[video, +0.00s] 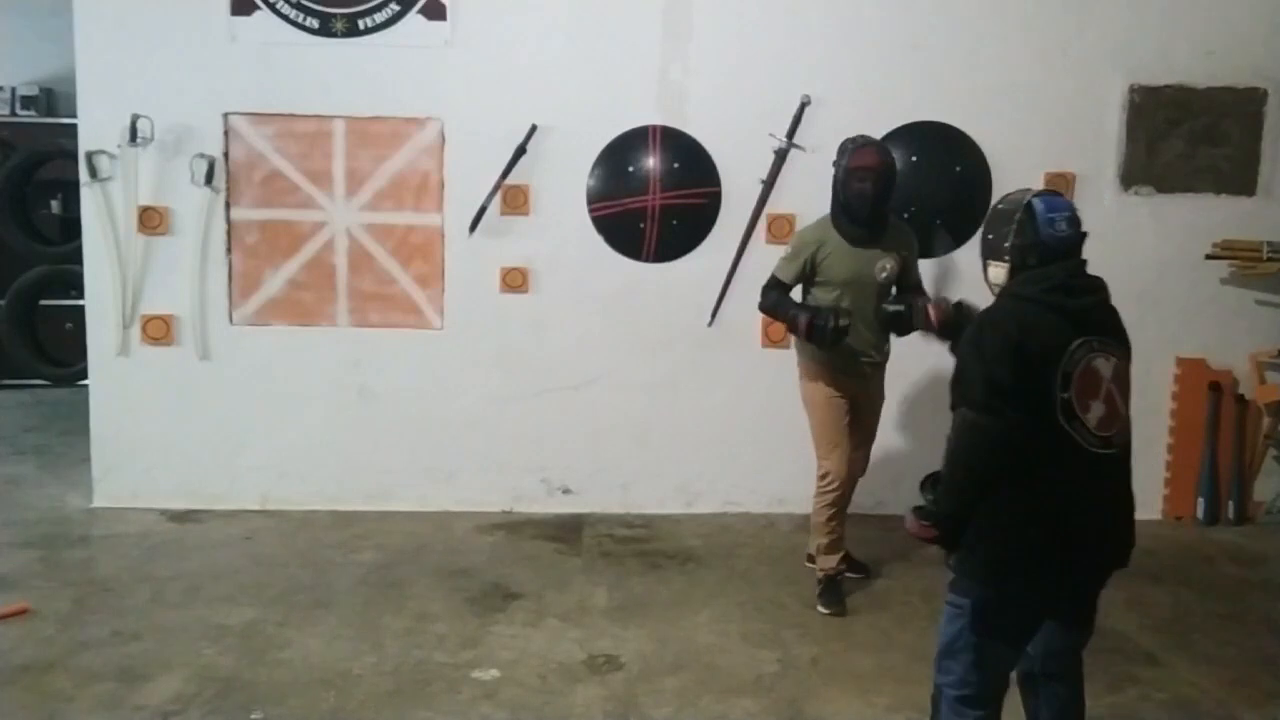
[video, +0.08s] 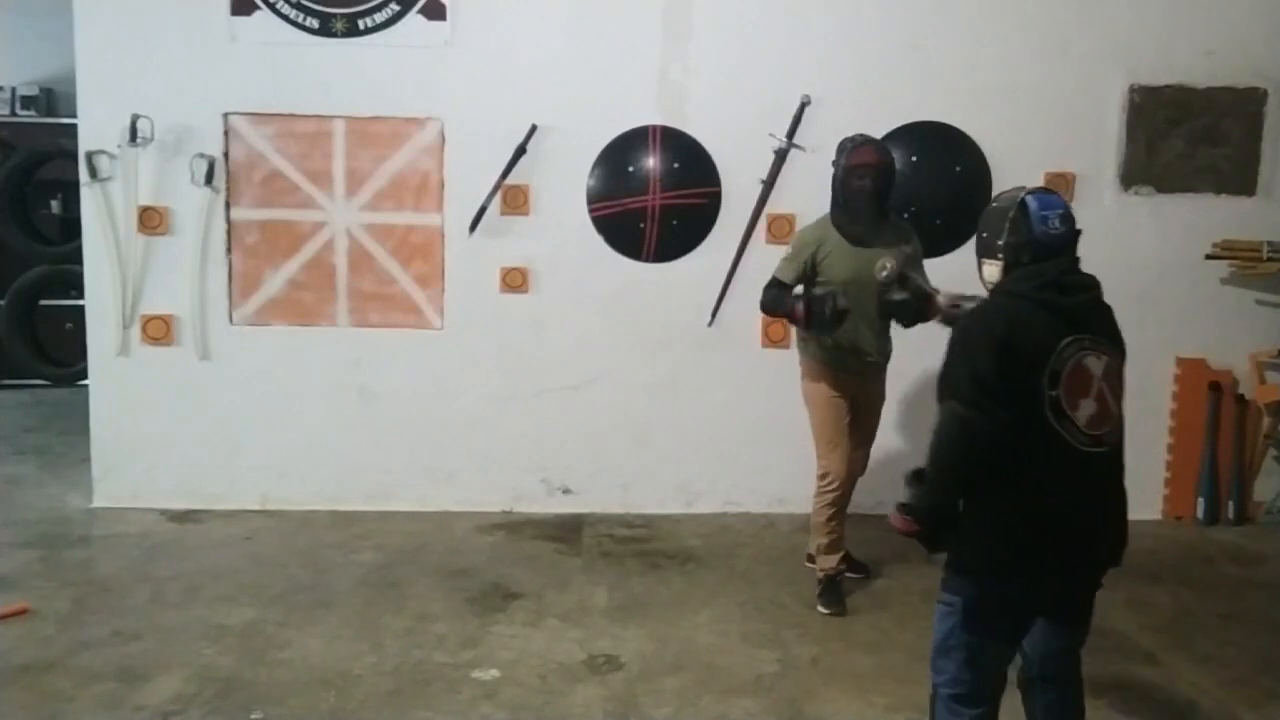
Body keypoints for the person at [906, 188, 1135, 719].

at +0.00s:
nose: (988, 258)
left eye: (994, 246)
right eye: (991, 246)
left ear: (1012, 251)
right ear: (1064, 247)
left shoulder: (1002, 326)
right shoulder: (1100, 315)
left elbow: (978, 437)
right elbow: (1037, 366)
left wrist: (942, 515)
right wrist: (954, 322)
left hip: (1008, 540)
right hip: (1090, 536)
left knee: (964, 686)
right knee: (1053, 675)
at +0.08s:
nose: (983, 256)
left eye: (988, 245)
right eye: (985, 244)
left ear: (1004, 251)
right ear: (1062, 246)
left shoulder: (989, 323)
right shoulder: (1099, 318)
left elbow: (962, 432)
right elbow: (1038, 344)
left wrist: (927, 511)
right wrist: (959, 312)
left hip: (997, 540)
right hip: (1082, 537)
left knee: (961, 689)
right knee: (1053, 682)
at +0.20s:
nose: (972, 255)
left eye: (978, 244)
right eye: (975, 243)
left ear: (994, 248)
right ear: (1048, 242)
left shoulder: (979, 320)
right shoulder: (1083, 311)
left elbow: (938, 422)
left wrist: (892, 491)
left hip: (992, 530)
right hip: (1075, 525)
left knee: (951, 680)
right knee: (1051, 676)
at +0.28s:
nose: (959, 248)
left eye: (964, 237)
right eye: (963, 236)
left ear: (976, 244)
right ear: (1039, 239)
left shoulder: (959, 321)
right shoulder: (1073, 308)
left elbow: (919, 424)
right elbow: (1124, 359)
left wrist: (860, 492)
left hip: (977, 530)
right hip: (1062, 528)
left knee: (946, 683)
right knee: (1046, 677)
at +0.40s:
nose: (948, 240)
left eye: (954, 231)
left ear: (963, 241)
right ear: (1029, 238)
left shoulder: (943, 316)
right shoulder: (1076, 317)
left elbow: (900, 406)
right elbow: (1130, 393)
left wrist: (821, 469)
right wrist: (1161, 368)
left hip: (957, 533)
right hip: (1047, 531)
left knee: (937, 673)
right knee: (1034, 665)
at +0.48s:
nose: (939, 245)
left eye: (946, 234)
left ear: (958, 241)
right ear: (1025, 240)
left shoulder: (929, 318)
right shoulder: (1074, 320)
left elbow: (878, 407)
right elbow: (1139, 407)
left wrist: (796, 449)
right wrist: (1177, 381)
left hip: (945, 535)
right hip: (1036, 533)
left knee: (930, 672)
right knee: (1017, 646)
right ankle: (1026, 715)